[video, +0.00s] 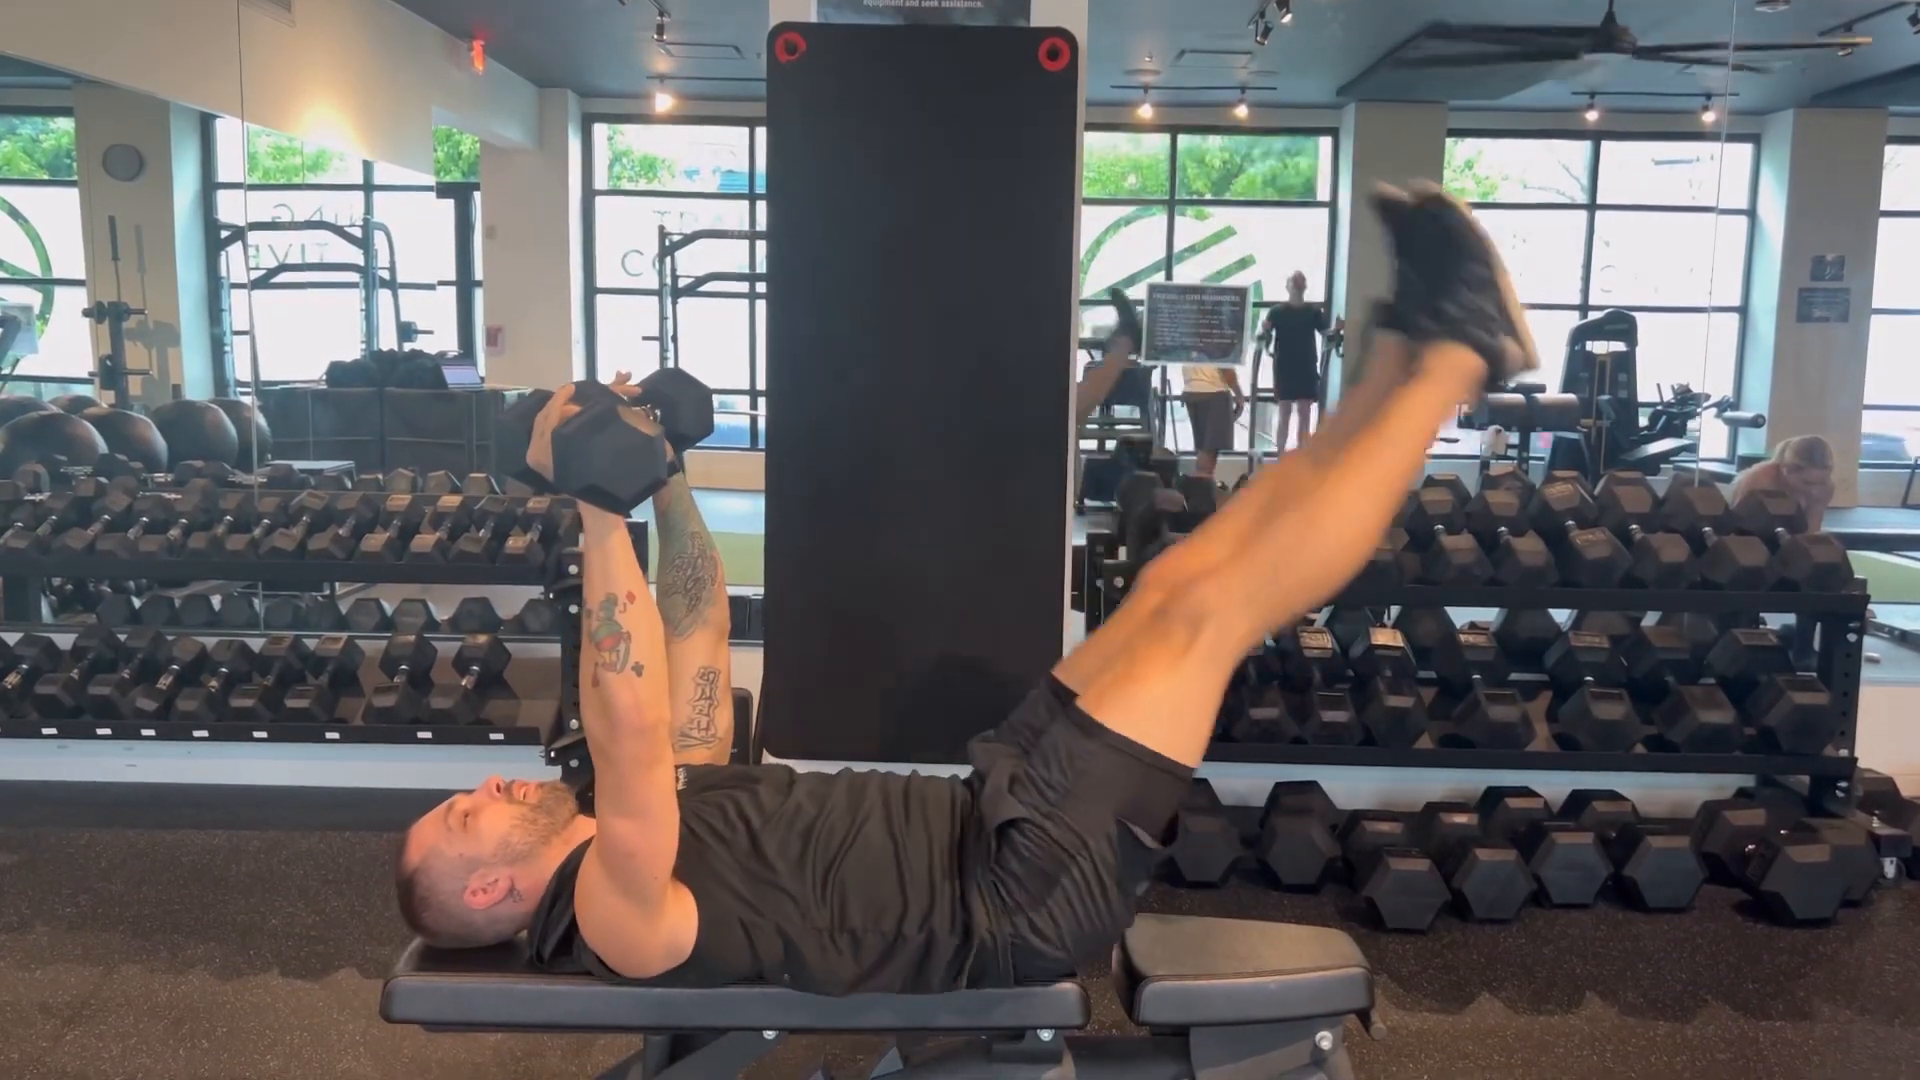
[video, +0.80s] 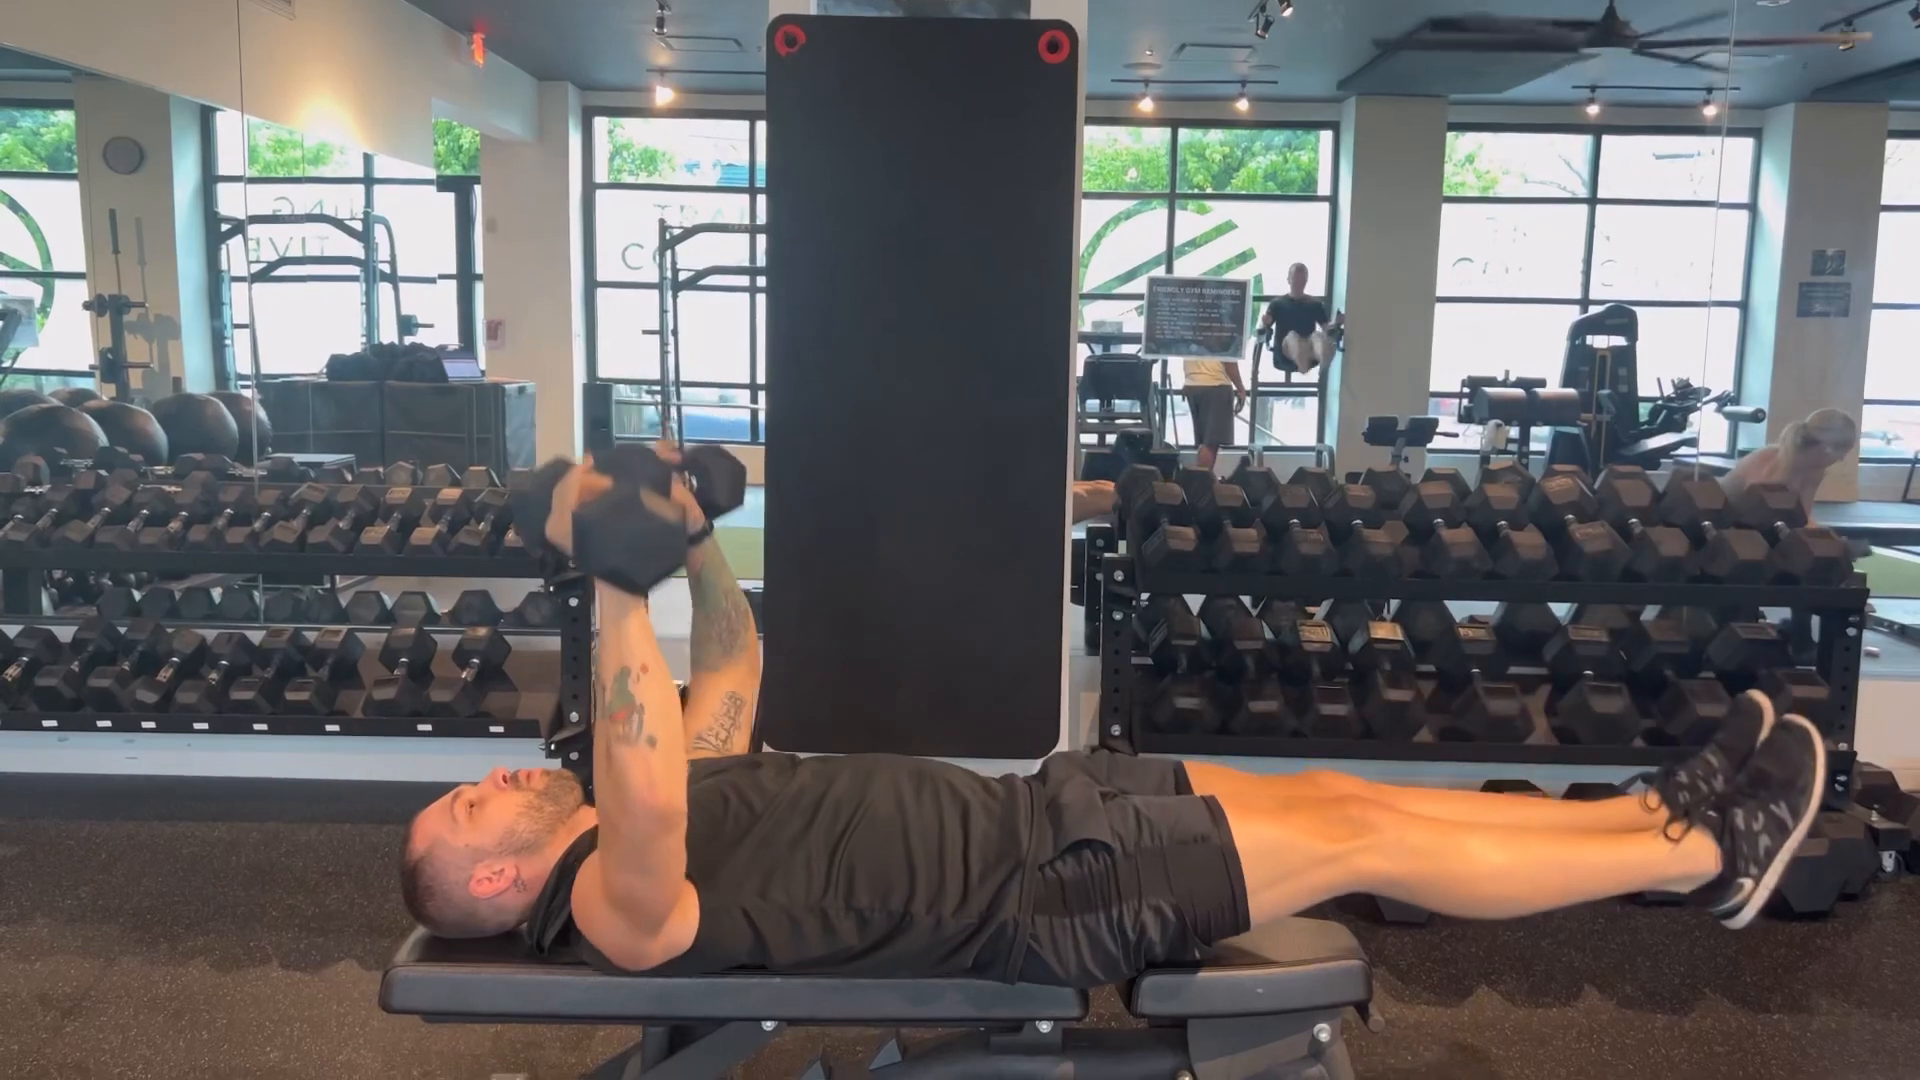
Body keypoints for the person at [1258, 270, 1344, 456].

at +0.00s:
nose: (1297, 286)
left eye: (1300, 283)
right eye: (1293, 283)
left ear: (1304, 287)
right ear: (1287, 286)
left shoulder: (1313, 311)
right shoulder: (1277, 312)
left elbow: (1325, 333)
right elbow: (1263, 337)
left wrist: (1336, 329)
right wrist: (1265, 330)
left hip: (1307, 363)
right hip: (1284, 364)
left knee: (1305, 411)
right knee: (1284, 411)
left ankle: (1303, 451)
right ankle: (1280, 452)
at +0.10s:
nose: (1298, 284)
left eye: (1301, 281)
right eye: (1295, 281)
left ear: (1305, 285)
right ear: (1288, 285)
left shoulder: (1313, 310)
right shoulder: (1277, 310)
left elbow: (1326, 333)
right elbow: (1263, 334)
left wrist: (1336, 329)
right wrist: (1264, 330)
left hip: (1307, 360)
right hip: (1284, 360)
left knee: (1310, 401)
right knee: (1289, 399)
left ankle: (1310, 446)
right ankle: (1288, 442)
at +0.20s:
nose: (1300, 284)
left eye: (1303, 281)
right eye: (1296, 281)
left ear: (1306, 284)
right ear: (1288, 284)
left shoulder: (1314, 309)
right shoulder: (1277, 309)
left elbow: (1325, 331)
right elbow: (1263, 337)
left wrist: (1336, 328)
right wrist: (1265, 329)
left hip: (1307, 353)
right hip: (1284, 353)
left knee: (1315, 370)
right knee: (1291, 367)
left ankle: (1320, 413)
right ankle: (1295, 406)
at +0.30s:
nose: (1298, 285)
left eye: (1301, 280)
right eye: (1295, 280)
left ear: (1306, 283)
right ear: (1288, 283)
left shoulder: (1314, 307)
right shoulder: (1277, 308)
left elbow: (1326, 332)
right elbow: (1263, 335)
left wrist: (1336, 327)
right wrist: (1265, 327)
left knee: (1319, 340)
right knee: (1293, 338)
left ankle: (1322, 381)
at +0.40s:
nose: (1298, 287)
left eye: (1302, 284)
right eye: (1296, 283)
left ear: (1306, 285)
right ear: (1289, 284)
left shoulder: (1315, 306)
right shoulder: (1277, 306)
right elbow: (1262, 335)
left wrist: (1336, 327)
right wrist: (1265, 326)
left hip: (1308, 356)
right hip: (1284, 358)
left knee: (1316, 318)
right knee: (1290, 321)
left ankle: (1318, 333)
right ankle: (1303, 333)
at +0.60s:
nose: (1298, 287)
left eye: (1301, 284)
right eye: (1295, 284)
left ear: (1306, 284)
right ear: (1289, 283)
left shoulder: (1315, 304)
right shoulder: (1278, 304)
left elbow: (1323, 331)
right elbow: (1264, 329)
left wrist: (1336, 325)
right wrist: (1266, 323)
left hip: (1308, 355)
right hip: (1284, 356)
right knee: (1288, 317)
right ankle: (1299, 319)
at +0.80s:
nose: (1298, 283)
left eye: (1301, 279)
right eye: (1295, 279)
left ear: (1306, 280)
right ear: (1288, 280)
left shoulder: (1315, 304)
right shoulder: (1278, 303)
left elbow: (1326, 328)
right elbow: (1266, 326)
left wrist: (1337, 323)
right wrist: (1265, 322)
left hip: (1311, 348)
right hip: (1286, 350)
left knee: (1318, 336)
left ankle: (1325, 369)